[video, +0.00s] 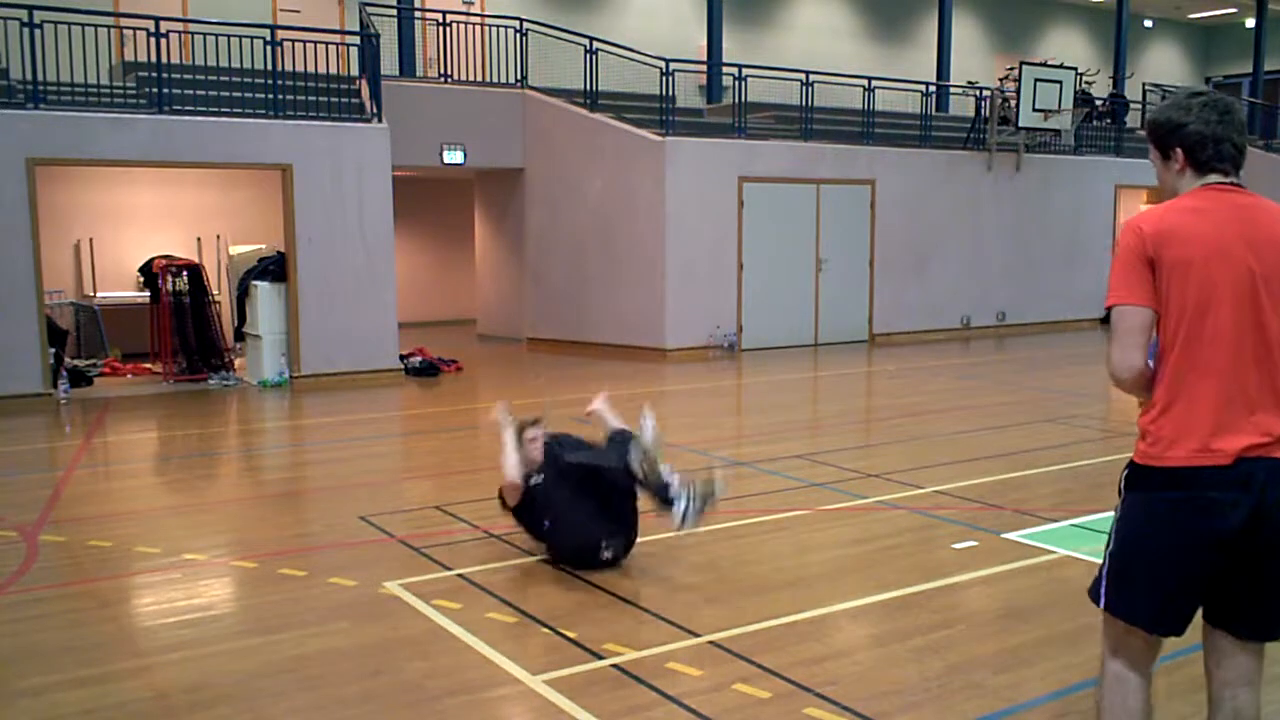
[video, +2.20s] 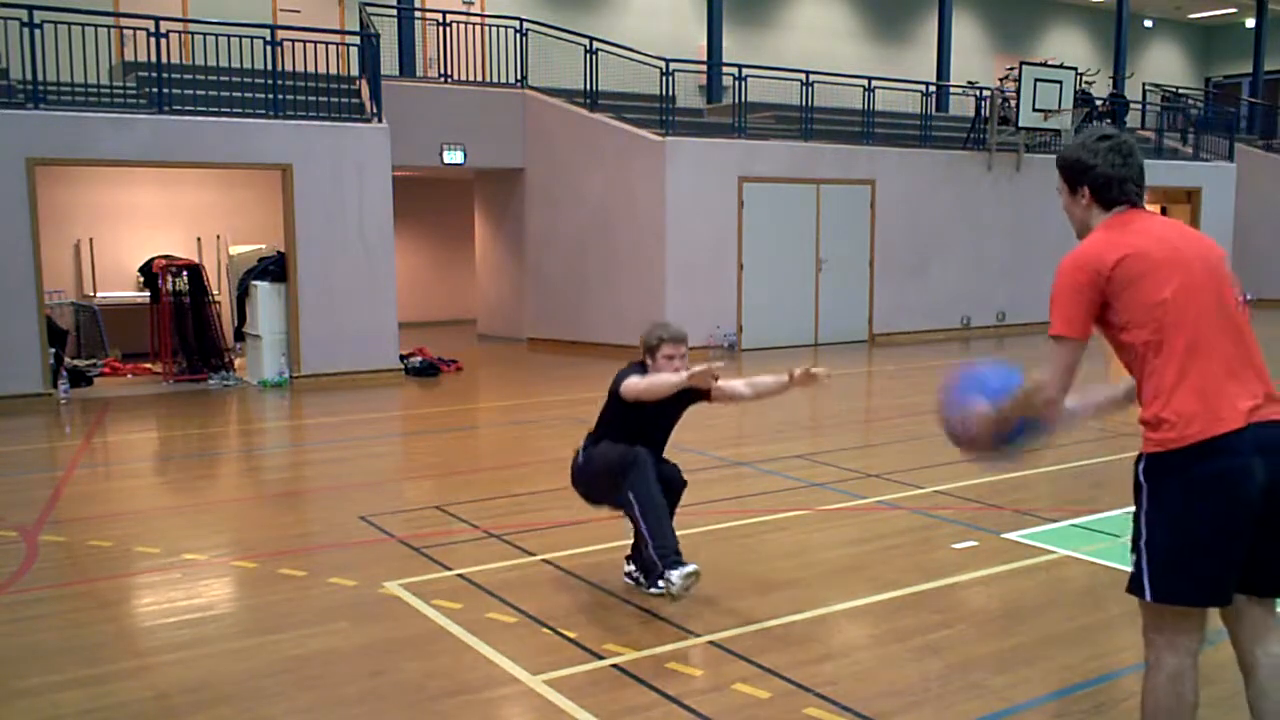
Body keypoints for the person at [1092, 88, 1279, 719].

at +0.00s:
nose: (1154, 170)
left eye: (1155, 157)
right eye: (1154, 157)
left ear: (1174, 157)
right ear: (1235, 154)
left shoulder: (1150, 229)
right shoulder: (1274, 220)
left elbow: (1127, 367)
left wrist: (1170, 384)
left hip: (1175, 478)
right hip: (1267, 479)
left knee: (1127, 659)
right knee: (1239, 666)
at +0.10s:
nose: (1154, 168)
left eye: (1155, 154)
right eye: (1153, 155)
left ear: (1175, 155)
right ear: (1234, 153)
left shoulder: (1154, 227)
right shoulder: (1276, 220)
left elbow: (1133, 360)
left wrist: (1140, 402)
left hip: (1181, 481)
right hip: (1270, 480)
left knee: (1141, 664)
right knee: (1241, 675)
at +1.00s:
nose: (1177, 167)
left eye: (1177, 151)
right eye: (1175, 152)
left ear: (1205, 148)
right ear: (1256, 148)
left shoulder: (1206, 223)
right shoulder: (1276, 206)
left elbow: (1214, 356)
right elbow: (1249, 350)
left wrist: (1145, 411)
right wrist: (1179, 405)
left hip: (1233, 469)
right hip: (1277, 465)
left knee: (1190, 656)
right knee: (1274, 633)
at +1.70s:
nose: (1122, 207)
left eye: (1122, 192)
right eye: (1120, 193)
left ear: (1145, 188)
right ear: (1188, 180)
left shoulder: (1160, 251)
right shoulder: (1260, 231)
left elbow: (1190, 375)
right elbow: (1256, 348)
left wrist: (1160, 466)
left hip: (1232, 465)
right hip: (1275, 457)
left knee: (1196, 646)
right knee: (1276, 628)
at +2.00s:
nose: (1068, 223)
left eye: (1067, 209)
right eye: (1066, 209)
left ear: (1089, 207)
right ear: (1139, 200)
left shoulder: (1101, 270)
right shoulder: (1203, 245)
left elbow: (1111, 402)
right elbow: (1232, 369)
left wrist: (1099, 500)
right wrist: (1175, 471)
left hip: (1208, 463)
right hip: (1274, 447)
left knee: (1184, 646)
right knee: (1268, 625)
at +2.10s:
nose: (1065, 216)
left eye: (1065, 203)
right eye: (1064, 203)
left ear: (1082, 201)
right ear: (1136, 194)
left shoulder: (1092, 265)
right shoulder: (1196, 243)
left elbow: (1078, 400)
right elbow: (1212, 376)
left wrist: (1047, 473)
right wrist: (1133, 450)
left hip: (1196, 460)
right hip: (1266, 445)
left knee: (1177, 642)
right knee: (1261, 622)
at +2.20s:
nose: (1063, 206)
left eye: (1063, 192)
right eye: (1063, 193)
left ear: (1081, 193)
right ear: (1134, 187)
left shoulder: (1090, 259)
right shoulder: (1198, 242)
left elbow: (1049, 392)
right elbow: (1168, 369)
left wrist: (995, 422)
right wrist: (1073, 409)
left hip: (1187, 460)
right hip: (1263, 445)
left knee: (1173, 645)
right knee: (1258, 624)